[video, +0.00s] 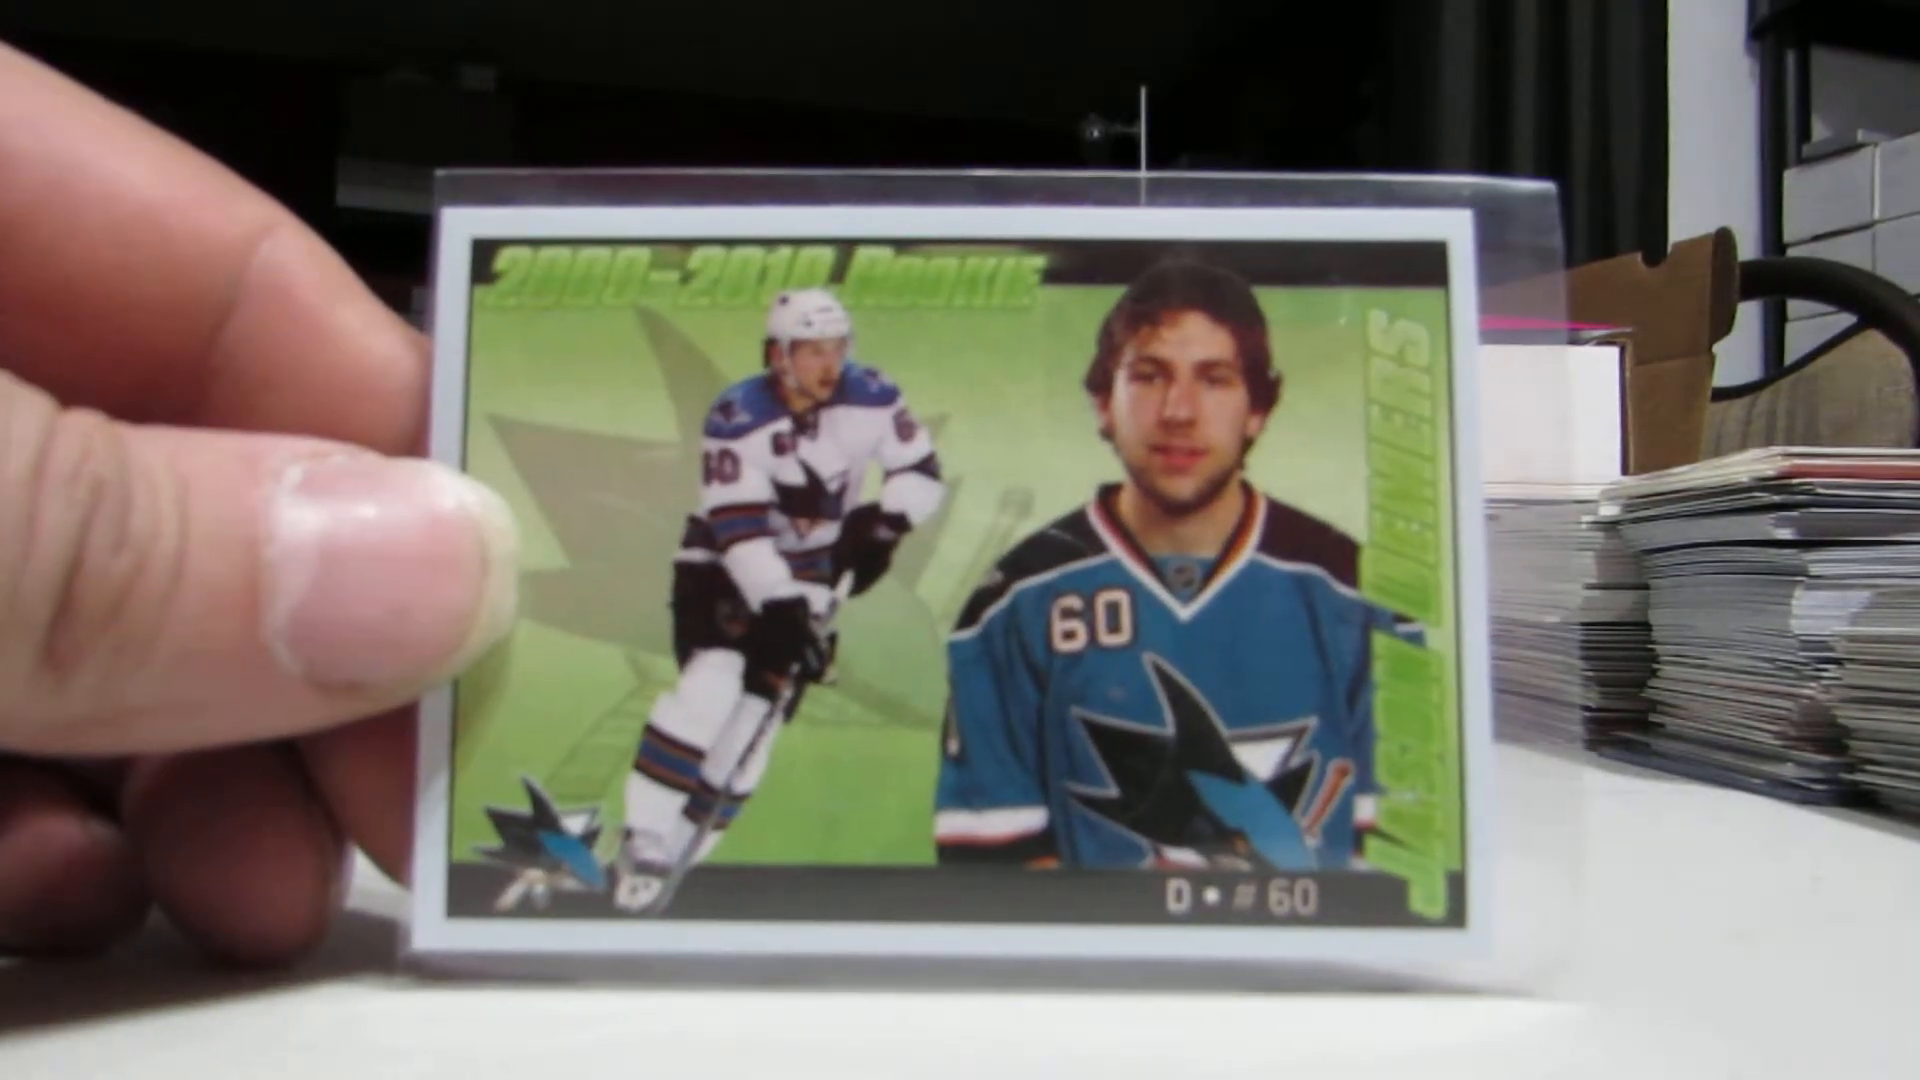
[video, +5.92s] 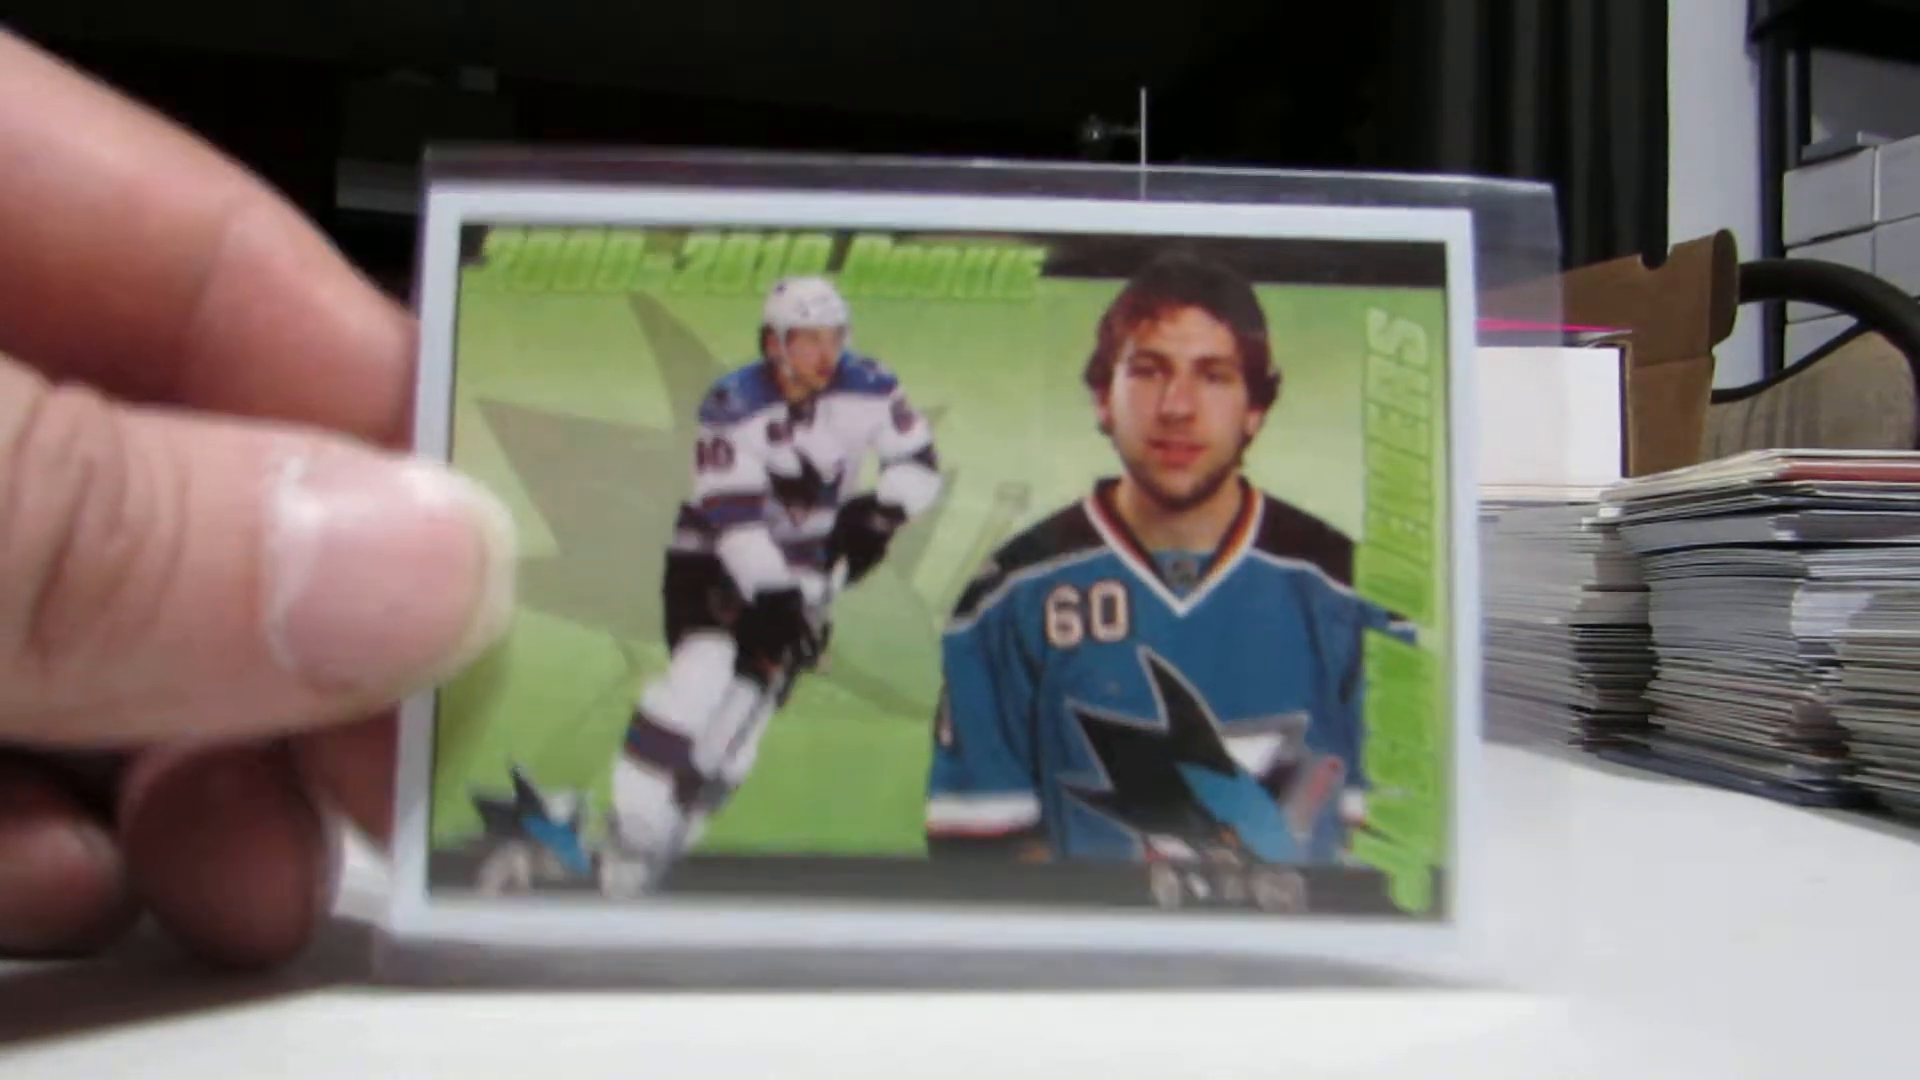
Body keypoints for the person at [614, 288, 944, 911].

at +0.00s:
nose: (831, 365)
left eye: (838, 351)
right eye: (815, 352)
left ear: (848, 350)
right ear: (780, 357)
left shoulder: (871, 399)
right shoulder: (739, 416)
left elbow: (920, 472)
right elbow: (738, 523)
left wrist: (882, 526)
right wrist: (780, 603)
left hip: (811, 573)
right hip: (727, 563)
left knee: (759, 715)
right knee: (714, 679)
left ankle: (683, 852)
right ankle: (646, 841)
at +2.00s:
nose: (822, 365)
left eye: (830, 351)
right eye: (805, 352)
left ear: (842, 350)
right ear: (772, 356)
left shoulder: (867, 399)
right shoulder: (732, 416)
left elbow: (916, 474)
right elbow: (732, 524)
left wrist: (877, 527)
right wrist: (775, 605)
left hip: (806, 573)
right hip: (721, 563)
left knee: (755, 715)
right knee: (709, 681)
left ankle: (680, 853)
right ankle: (642, 842)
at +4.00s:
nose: (824, 366)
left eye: (832, 352)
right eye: (808, 353)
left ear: (842, 352)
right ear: (773, 358)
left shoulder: (868, 401)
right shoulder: (732, 419)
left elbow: (917, 475)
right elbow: (732, 527)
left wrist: (878, 531)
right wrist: (776, 609)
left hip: (807, 578)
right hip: (720, 567)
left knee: (754, 722)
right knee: (708, 687)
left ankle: (680, 860)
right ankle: (640, 849)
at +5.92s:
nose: (821, 354)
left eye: (830, 340)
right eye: (806, 340)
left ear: (844, 341)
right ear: (774, 344)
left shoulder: (869, 391)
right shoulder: (733, 405)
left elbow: (919, 465)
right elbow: (731, 511)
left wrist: (879, 517)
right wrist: (771, 593)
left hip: (804, 567)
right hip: (717, 554)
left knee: (746, 707)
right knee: (705, 666)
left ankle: (670, 839)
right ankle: (634, 829)